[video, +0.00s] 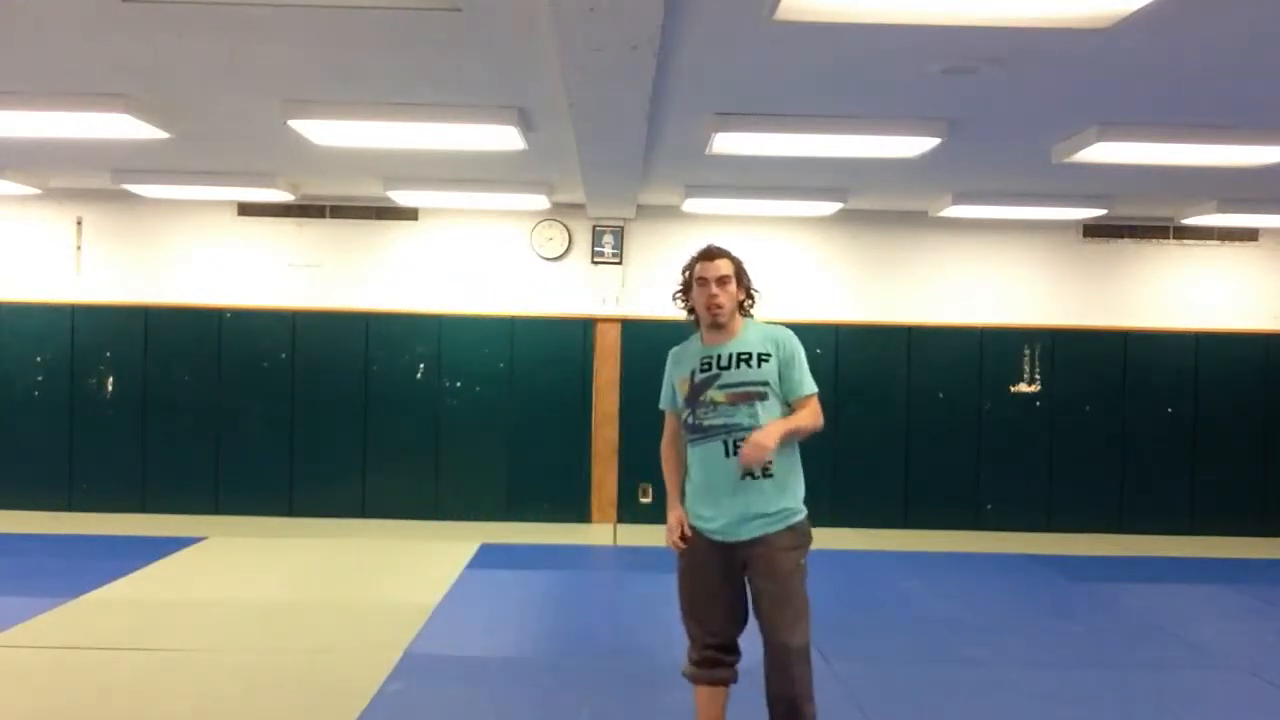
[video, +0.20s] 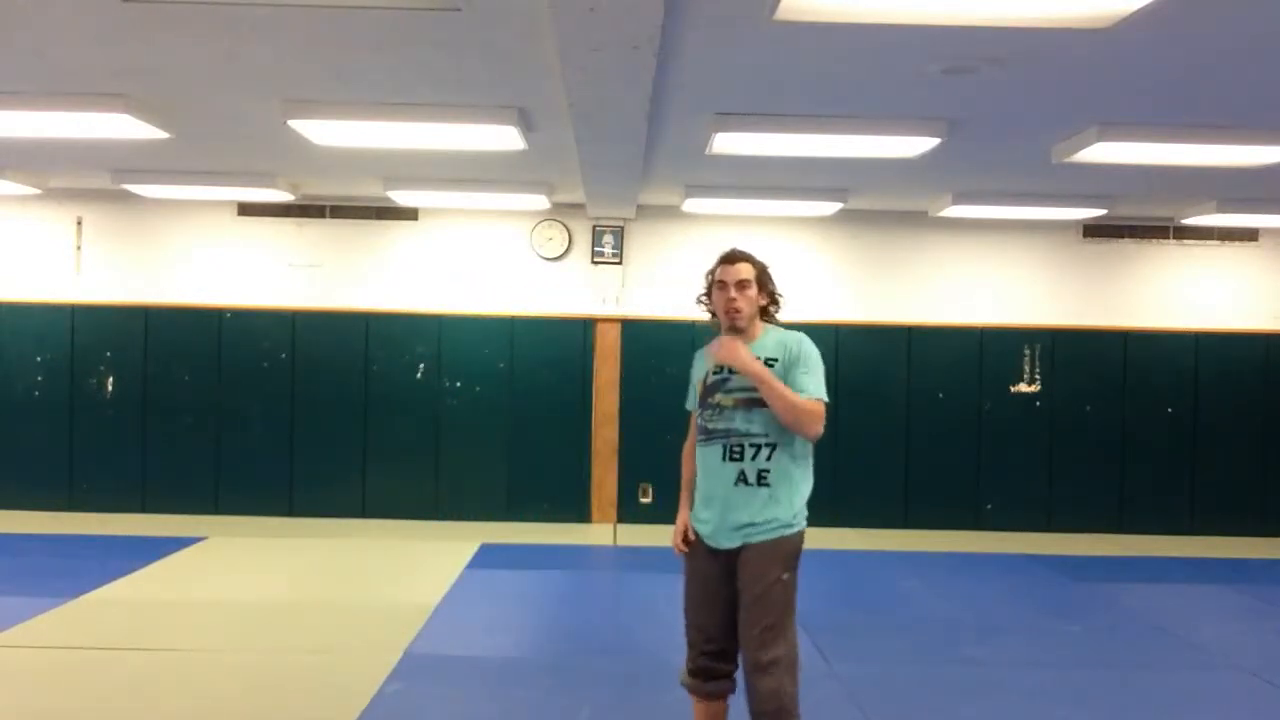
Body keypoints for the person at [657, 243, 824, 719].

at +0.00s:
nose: (713, 292)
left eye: (723, 281)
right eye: (702, 284)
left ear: (741, 290)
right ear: (690, 296)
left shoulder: (779, 341)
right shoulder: (680, 357)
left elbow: (811, 414)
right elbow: (672, 435)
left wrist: (774, 431)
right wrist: (674, 502)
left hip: (775, 523)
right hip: (703, 527)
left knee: (789, 648)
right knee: (709, 655)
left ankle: (794, 718)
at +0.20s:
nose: (732, 297)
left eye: (743, 286)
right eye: (722, 288)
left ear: (763, 295)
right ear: (711, 299)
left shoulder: (796, 347)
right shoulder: (705, 358)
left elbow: (812, 423)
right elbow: (695, 436)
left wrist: (750, 366)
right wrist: (685, 507)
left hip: (772, 525)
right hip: (707, 524)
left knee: (766, 658)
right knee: (706, 660)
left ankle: (774, 717)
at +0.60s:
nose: (747, 291)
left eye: (759, 281)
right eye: (737, 282)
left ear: (777, 293)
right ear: (725, 295)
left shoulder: (810, 343)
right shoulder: (722, 361)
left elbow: (846, 419)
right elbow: (719, 440)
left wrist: (777, 398)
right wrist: (717, 515)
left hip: (807, 526)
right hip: (743, 528)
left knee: (794, 659)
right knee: (756, 660)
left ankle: (797, 717)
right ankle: (761, 715)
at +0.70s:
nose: (754, 287)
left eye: (765, 278)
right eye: (743, 278)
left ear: (783, 289)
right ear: (731, 293)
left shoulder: (816, 338)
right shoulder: (726, 360)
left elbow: (859, 413)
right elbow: (733, 439)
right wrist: (728, 509)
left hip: (815, 528)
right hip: (749, 531)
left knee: (810, 671)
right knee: (762, 672)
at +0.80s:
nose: (765, 290)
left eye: (776, 280)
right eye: (754, 280)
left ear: (791, 292)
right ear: (739, 294)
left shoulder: (827, 349)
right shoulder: (732, 364)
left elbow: (867, 431)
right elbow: (736, 443)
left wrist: (859, 515)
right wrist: (732, 516)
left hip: (823, 537)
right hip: (753, 537)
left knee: (828, 675)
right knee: (763, 674)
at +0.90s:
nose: (780, 288)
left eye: (791, 279)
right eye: (770, 279)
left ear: (806, 290)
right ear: (753, 292)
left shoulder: (841, 348)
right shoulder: (741, 361)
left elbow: (881, 426)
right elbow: (739, 439)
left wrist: (876, 508)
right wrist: (734, 505)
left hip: (835, 535)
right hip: (763, 535)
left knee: (850, 668)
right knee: (766, 668)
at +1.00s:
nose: (803, 287)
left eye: (813, 278)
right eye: (791, 277)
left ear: (826, 291)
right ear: (772, 290)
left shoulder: (858, 349)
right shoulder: (752, 359)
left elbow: (897, 420)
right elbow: (744, 432)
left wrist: (890, 495)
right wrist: (738, 491)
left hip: (846, 527)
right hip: (772, 527)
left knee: (876, 664)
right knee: (771, 660)